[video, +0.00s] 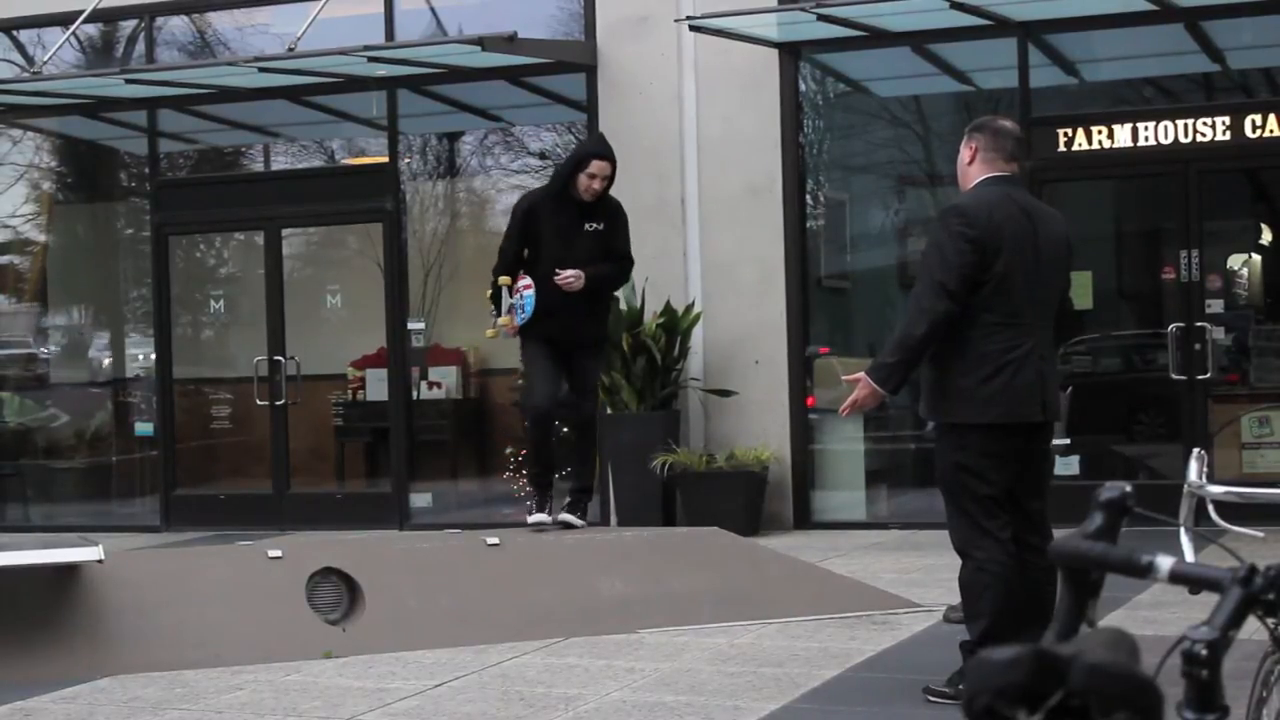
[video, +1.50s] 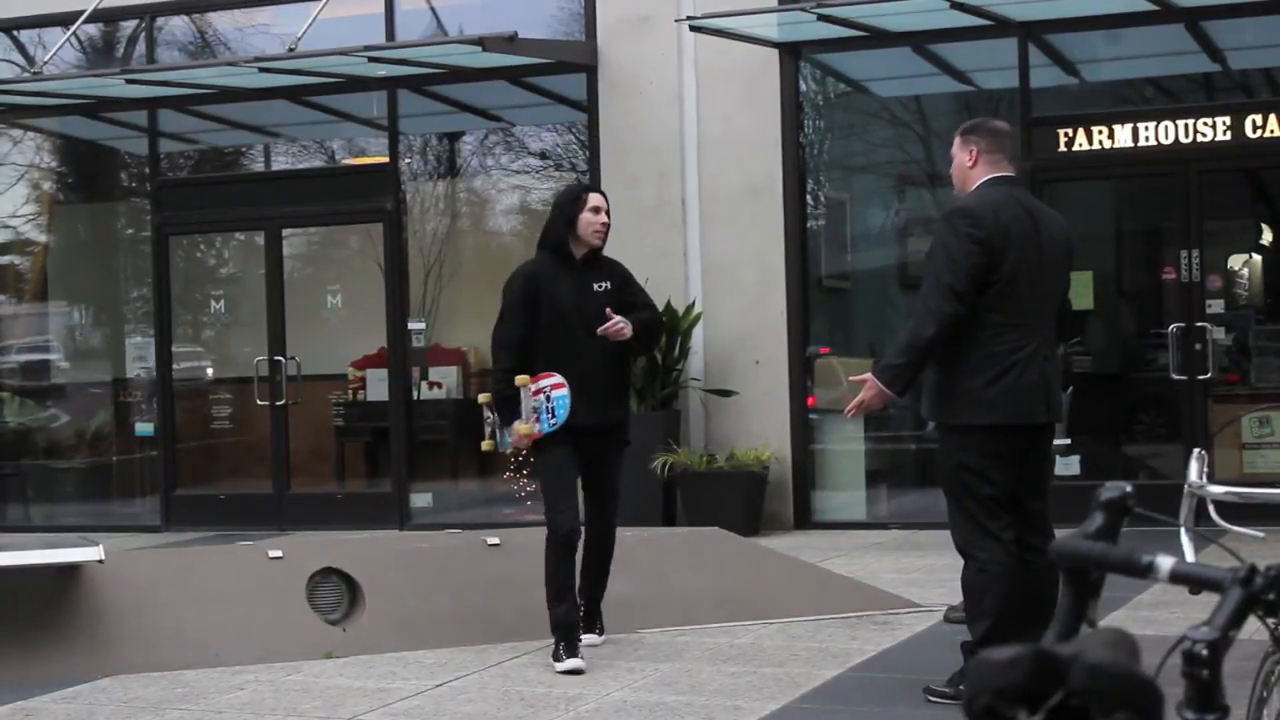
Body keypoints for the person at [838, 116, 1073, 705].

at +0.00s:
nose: (956, 165)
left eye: (958, 155)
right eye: (959, 156)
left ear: (971, 153)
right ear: (1019, 161)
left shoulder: (965, 217)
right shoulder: (1048, 221)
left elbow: (931, 308)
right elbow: (1065, 317)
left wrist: (882, 376)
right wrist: (1023, 350)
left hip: (973, 408)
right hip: (1032, 407)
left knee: (981, 538)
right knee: (1027, 532)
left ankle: (986, 674)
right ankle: (1028, 667)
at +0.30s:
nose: (954, 166)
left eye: (957, 156)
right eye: (957, 157)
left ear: (970, 153)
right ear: (1018, 162)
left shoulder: (964, 216)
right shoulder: (1048, 221)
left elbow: (930, 309)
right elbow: (1064, 316)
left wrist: (881, 376)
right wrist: (1023, 351)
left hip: (972, 408)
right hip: (1032, 407)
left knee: (980, 538)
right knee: (1027, 532)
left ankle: (986, 674)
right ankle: (1027, 667)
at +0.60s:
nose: (955, 164)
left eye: (957, 154)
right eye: (957, 155)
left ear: (971, 152)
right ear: (1018, 159)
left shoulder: (967, 217)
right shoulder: (1048, 221)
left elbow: (932, 309)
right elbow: (1065, 317)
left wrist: (883, 377)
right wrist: (1024, 352)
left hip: (973, 409)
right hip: (1032, 408)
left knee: (981, 538)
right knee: (1028, 532)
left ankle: (987, 674)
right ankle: (1029, 666)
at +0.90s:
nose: (956, 164)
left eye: (959, 153)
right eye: (959, 155)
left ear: (973, 152)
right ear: (1019, 159)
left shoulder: (969, 218)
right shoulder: (1049, 221)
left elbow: (936, 311)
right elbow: (1064, 319)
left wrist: (888, 377)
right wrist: (1034, 365)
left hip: (976, 409)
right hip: (1034, 408)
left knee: (983, 539)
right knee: (1029, 532)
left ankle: (988, 674)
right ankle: (1028, 666)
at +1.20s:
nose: (949, 164)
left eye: (955, 152)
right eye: (952, 154)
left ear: (981, 150)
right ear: (1005, 154)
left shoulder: (971, 216)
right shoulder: (1049, 221)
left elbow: (939, 310)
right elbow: (1058, 318)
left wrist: (889, 377)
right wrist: (1033, 377)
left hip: (976, 408)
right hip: (1033, 407)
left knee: (983, 538)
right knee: (1029, 531)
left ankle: (988, 674)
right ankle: (1028, 665)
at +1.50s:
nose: (949, 169)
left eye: (951, 158)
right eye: (951, 159)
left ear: (971, 154)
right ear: (1007, 156)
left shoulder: (970, 217)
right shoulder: (1048, 221)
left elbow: (938, 311)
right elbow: (1060, 318)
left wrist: (889, 377)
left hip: (976, 408)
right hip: (1033, 407)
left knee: (983, 539)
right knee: (1029, 531)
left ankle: (987, 674)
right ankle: (1027, 665)